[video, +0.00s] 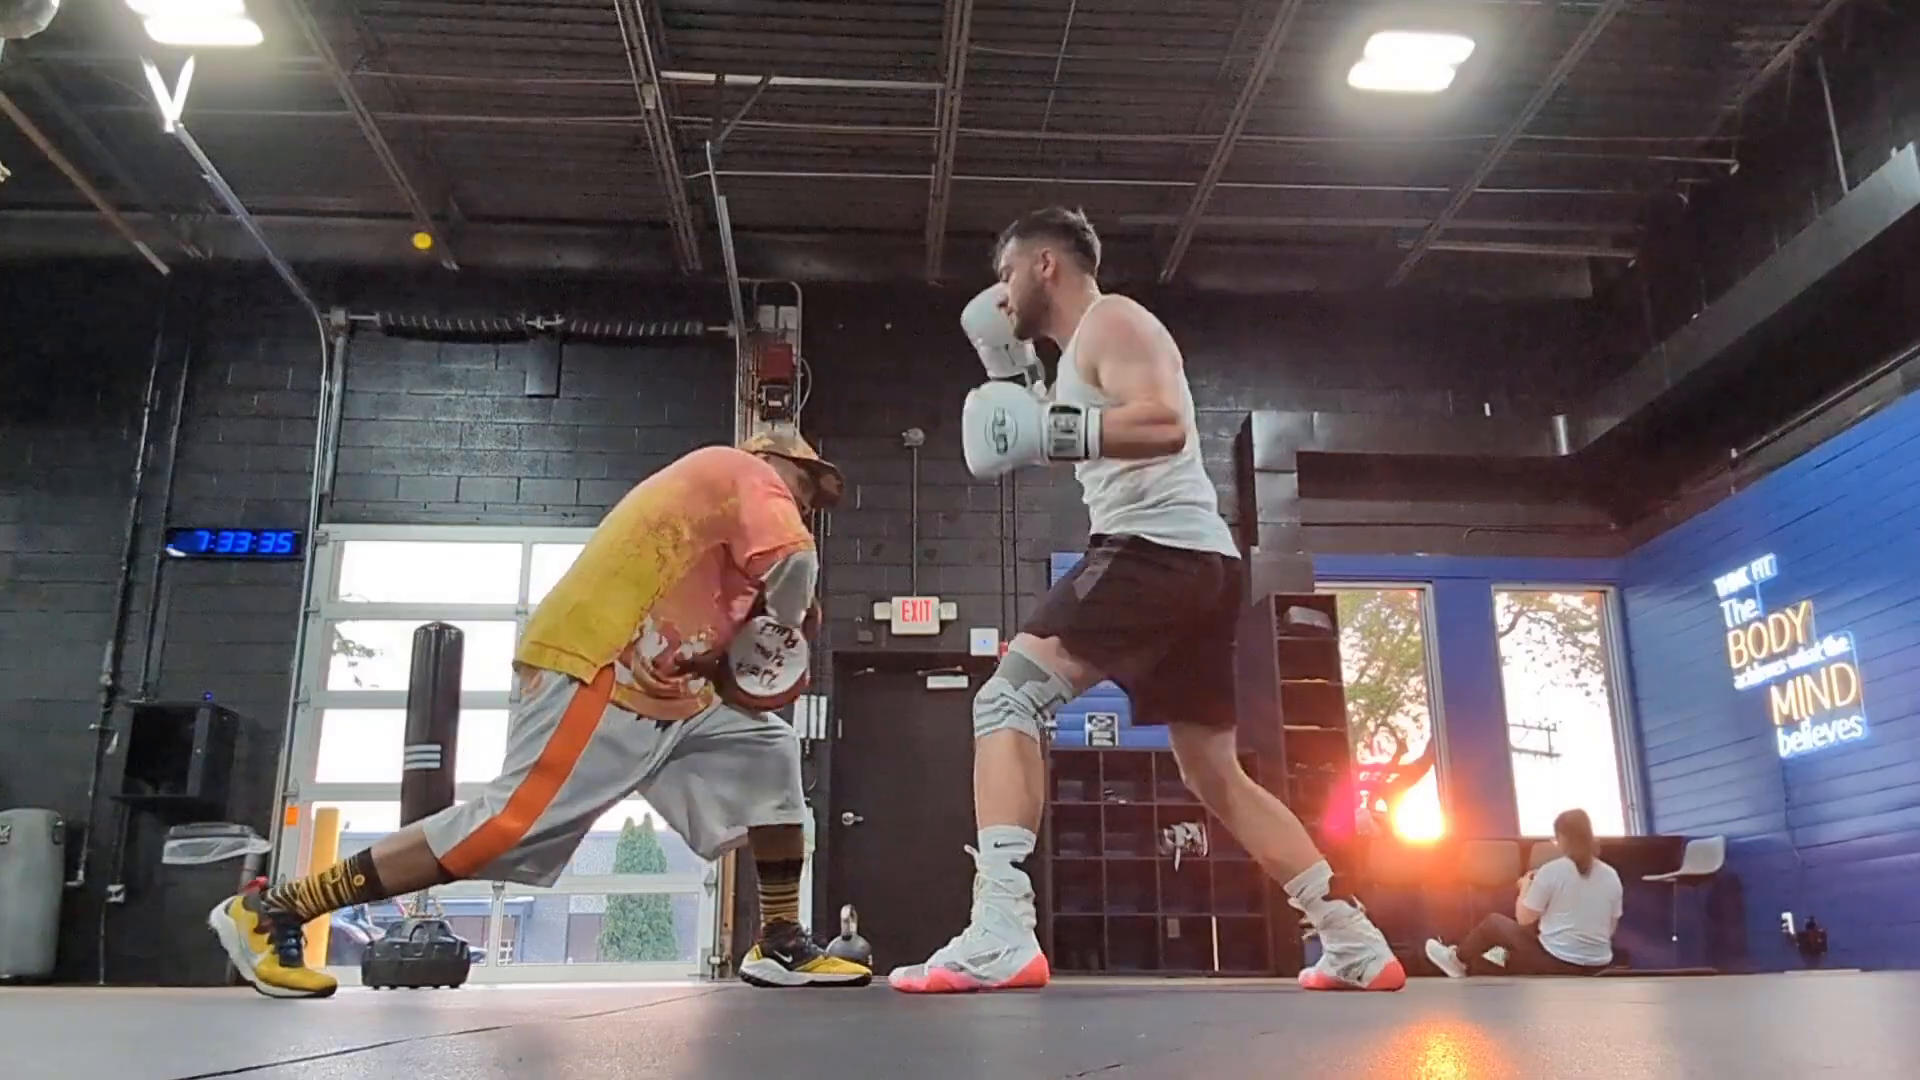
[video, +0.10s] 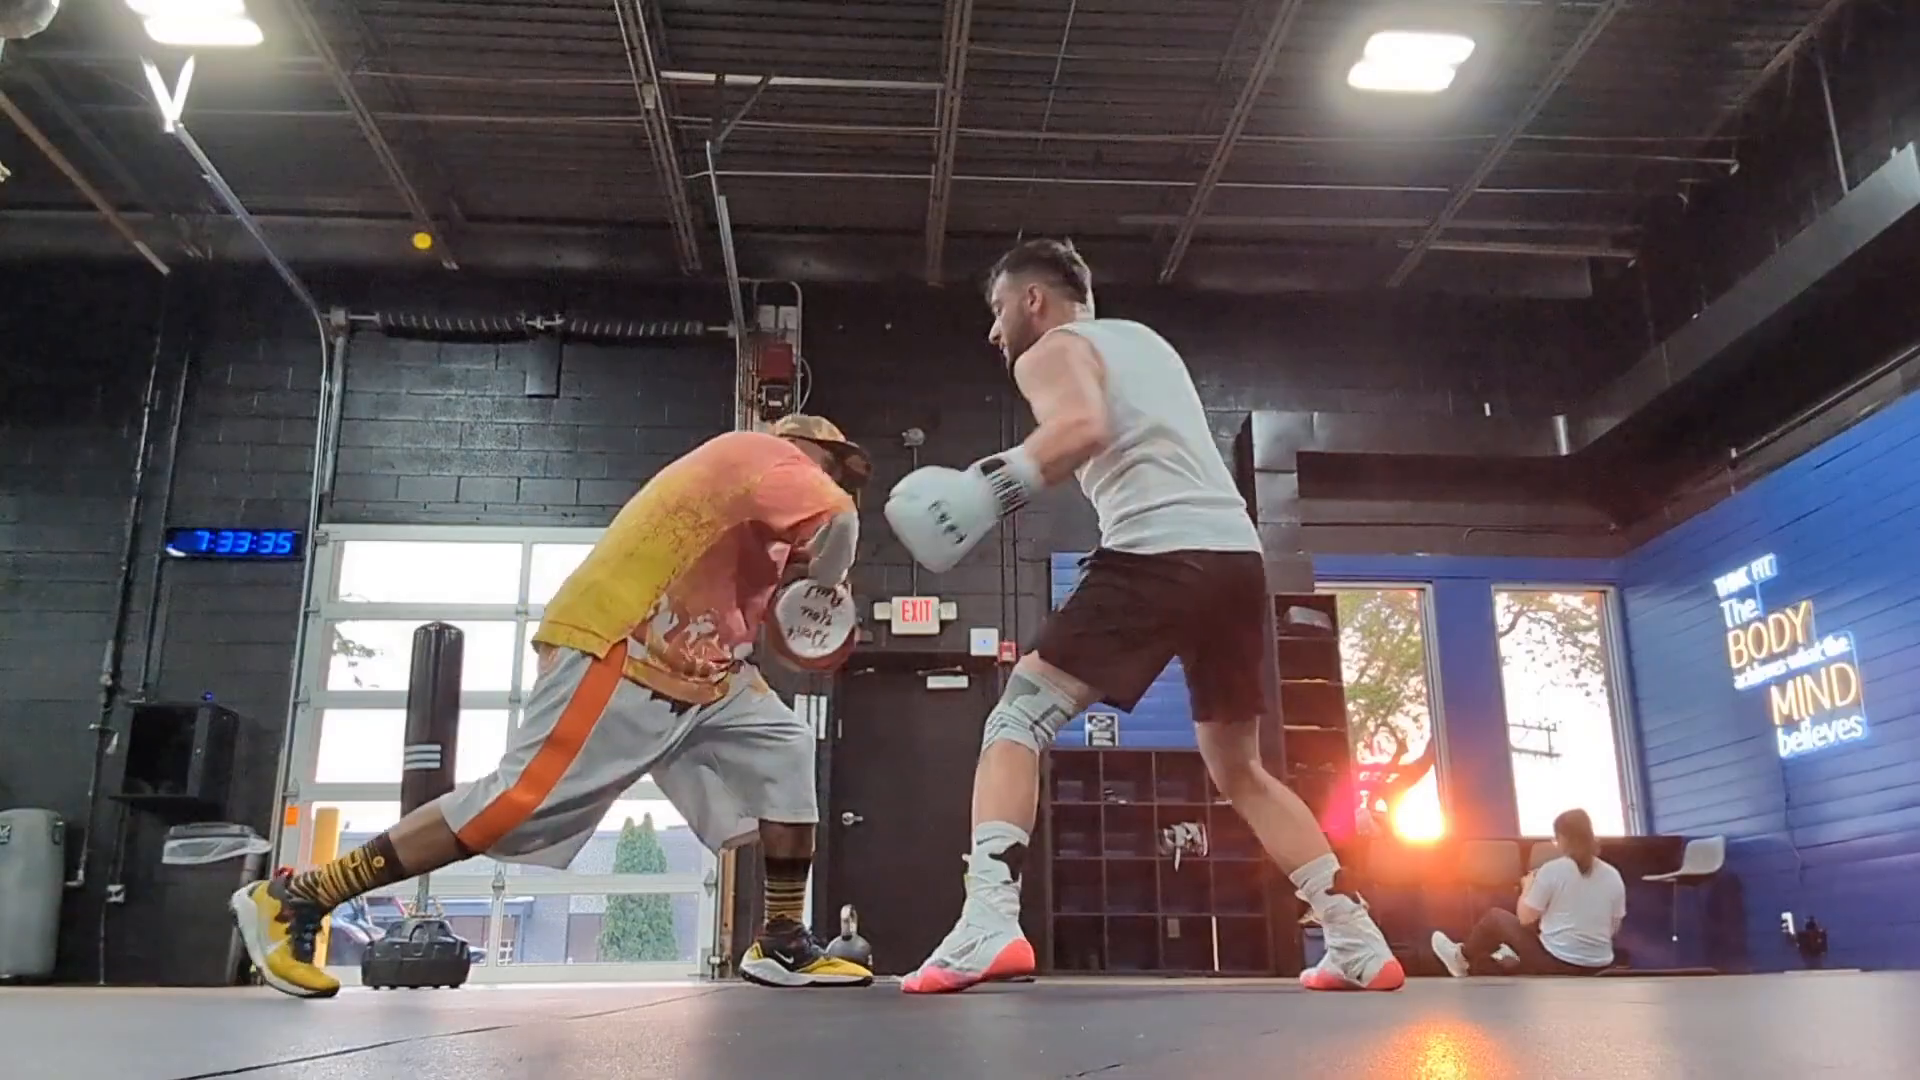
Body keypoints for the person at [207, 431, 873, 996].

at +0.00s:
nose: (803, 517)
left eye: (809, 506)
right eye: (803, 499)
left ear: (771, 469)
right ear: (779, 462)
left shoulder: (731, 519)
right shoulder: (747, 470)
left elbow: (721, 646)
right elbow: (795, 575)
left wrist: (717, 675)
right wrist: (765, 652)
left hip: (660, 687)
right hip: (595, 666)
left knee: (771, 748)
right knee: (505, 826)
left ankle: (780, 940)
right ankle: (276, 912)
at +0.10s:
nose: (838, 506)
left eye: (841, 497)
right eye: (840, 492)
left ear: (802, 457)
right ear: (823, 458)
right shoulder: (773, 456)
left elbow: (771, 630)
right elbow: (841, 519)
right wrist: (824, 596)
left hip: (700, 663)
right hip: (622, 643)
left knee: (790, 748)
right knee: (519, 801)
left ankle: (783, 937)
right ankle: (297, 901)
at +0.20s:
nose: (859, 466)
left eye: (865, 456)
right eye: (857, 446)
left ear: (814, 424)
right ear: (829, 415)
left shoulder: (782, 495)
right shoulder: (789, 418)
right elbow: (837, 439)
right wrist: (876, 519)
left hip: (713, 650)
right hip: (632, 628)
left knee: (790, 740)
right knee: (537, 778)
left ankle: (784, 940)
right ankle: (326, 895)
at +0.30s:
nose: (834, 407)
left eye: (840, 397)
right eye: (827, 386)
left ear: (808, 392)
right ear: (790, 366)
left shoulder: (781, 479)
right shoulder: (737, 381)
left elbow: (762, 600)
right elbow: (762, 378)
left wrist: (839, 538)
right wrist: (840, 436)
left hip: (723, 631)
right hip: (643, 603)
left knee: (792, 744)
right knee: (575, 763)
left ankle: (783, 937)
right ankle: (392, 910)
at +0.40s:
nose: (791, 350)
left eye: (796, 345)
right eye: (777, 330)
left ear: (787, 371)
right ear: (725, 328)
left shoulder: (765, 463)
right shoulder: (674, 352)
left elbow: (823, 536)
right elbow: (628, 387)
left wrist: (908, 482)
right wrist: (738, 414)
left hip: (736, 631)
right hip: (643, 603)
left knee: (794, 750)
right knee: (577, 758)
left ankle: (782, 937)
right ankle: (450, 923)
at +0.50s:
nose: (726, 324)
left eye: (731, 316)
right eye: (711, 307)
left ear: (732, 333)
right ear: (664, 314)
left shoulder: (761, 423)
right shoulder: (601, 383)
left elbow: (855, 448)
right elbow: (573, 462)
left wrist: (957, 440)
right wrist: (685, 433)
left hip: (740, 629)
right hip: (623, 616)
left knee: (805, 749)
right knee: (539, 768)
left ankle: (788, 932)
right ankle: (436, 932)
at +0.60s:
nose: (703, 320)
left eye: (707, 312)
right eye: (683, 305)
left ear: (708, 328)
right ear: (634, 317)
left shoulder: (737, 415)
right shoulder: (582, 407)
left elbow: (821, 487)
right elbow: (586, 509)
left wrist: (922, 462)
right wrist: (676, 449)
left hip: (732, 621)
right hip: (616, 619)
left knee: (817, 741)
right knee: (542, 766)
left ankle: (827, 924)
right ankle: (435, 932)